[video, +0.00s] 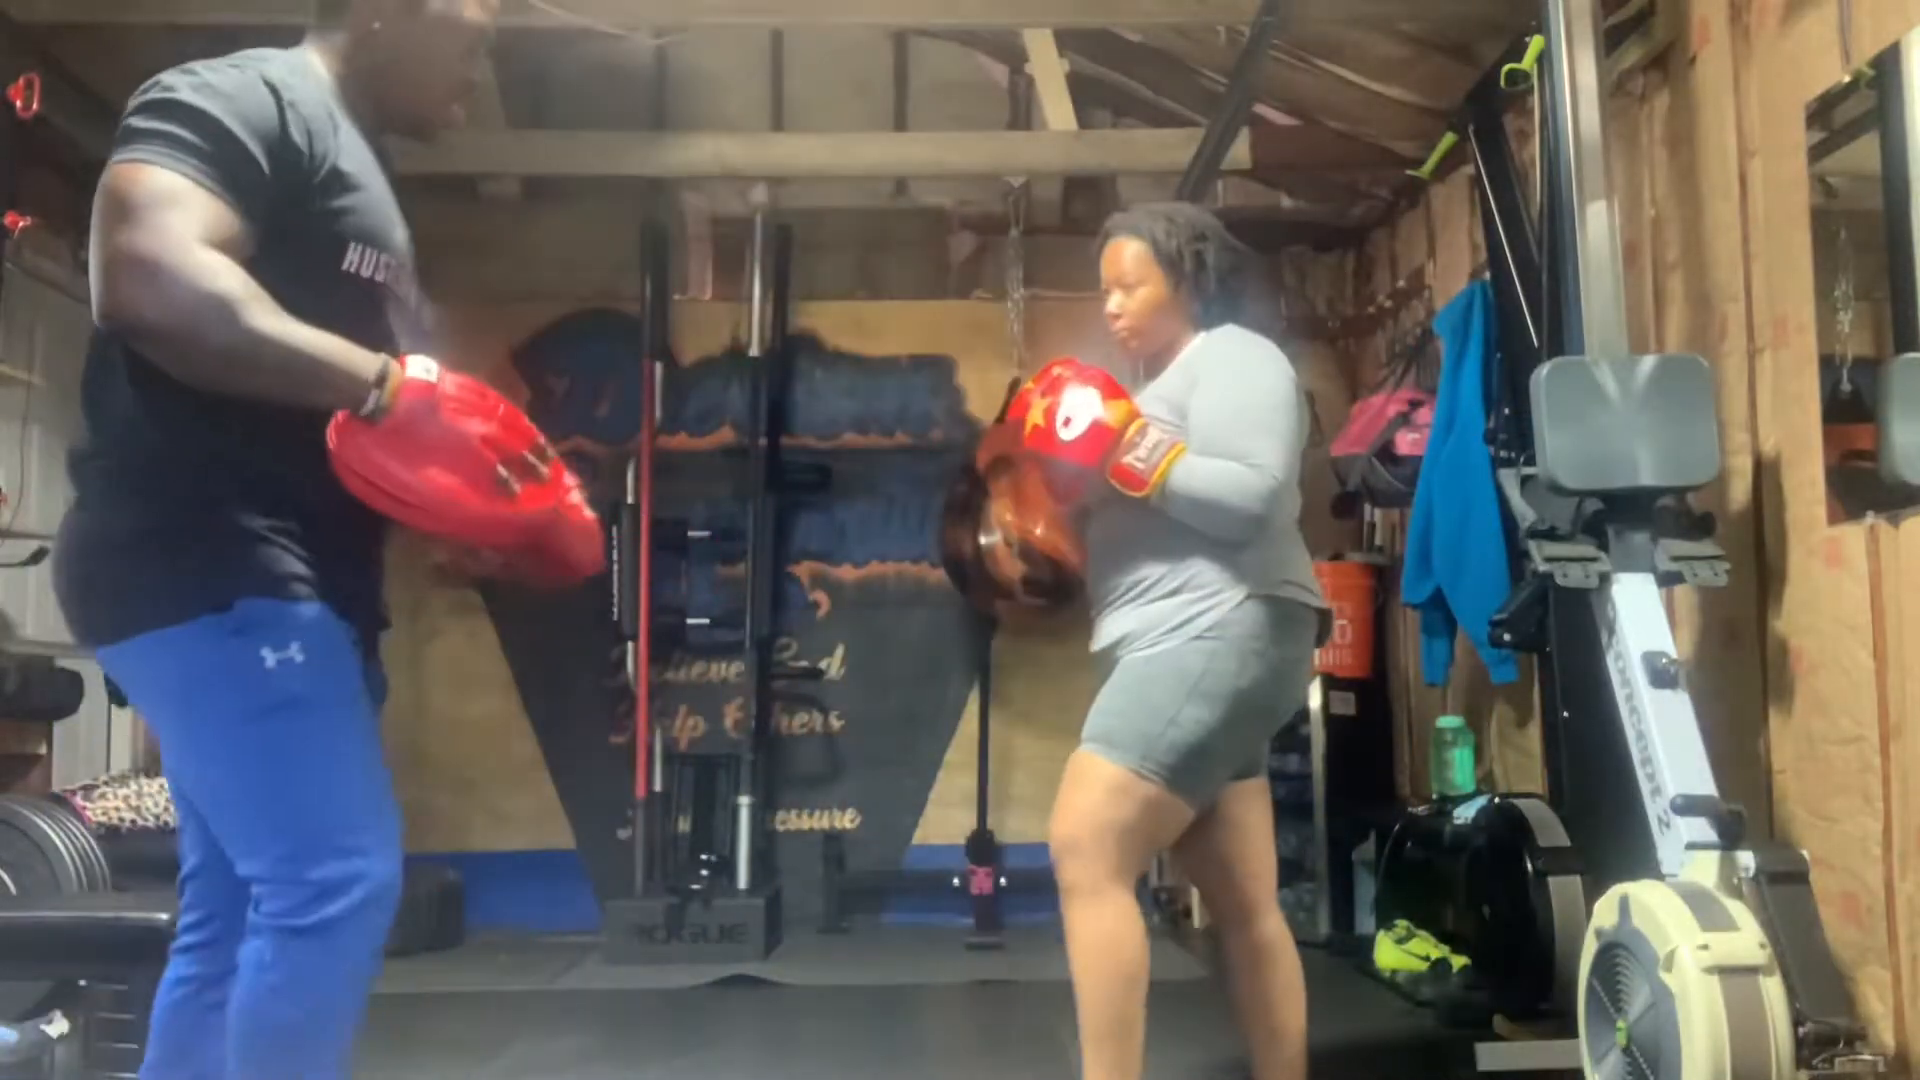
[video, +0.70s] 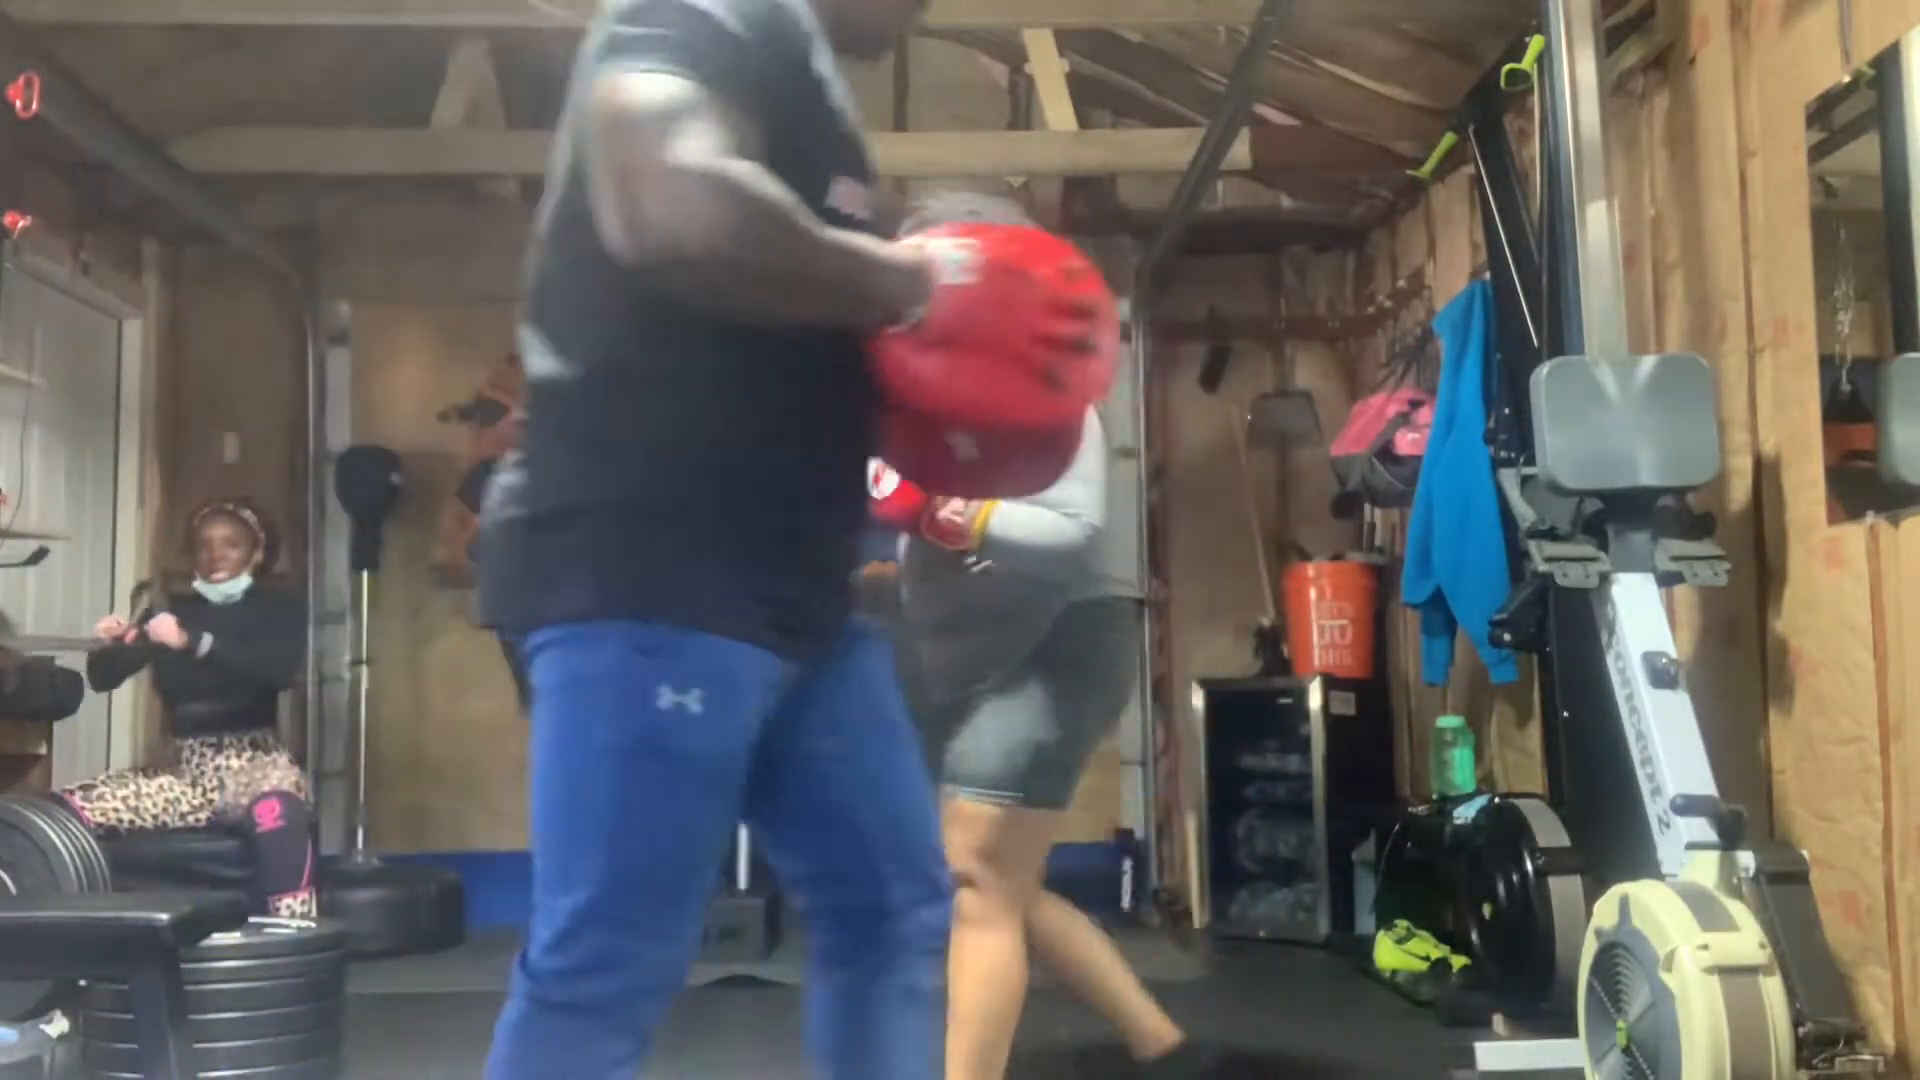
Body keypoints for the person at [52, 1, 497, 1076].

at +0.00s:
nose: (474, 81)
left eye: (483, 53)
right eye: (475, 41)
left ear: (404, 17)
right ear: (406, 9)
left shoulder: (356, 182)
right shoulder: (235, 93)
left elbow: (389, 393)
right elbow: (150, 277)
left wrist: (484, 494)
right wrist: (383, 388)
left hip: (282, 567)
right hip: (201, 561)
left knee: (228, 911)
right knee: (330, 880)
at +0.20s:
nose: (569, 75)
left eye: (580, 49)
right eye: (564, 34)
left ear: (474, 19)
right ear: (466, 7)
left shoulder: (491, 208)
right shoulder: (300, 96)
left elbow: (488, 423)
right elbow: (167, 278)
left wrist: (589, 513)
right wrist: (410, 384)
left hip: (383, 600)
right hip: (272, 586)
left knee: (260, 949)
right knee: (398, 909)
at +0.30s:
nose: (638, 54)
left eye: (644, 34)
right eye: (627, 19)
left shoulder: (564, 223)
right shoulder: (350, 91)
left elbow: (576, 429)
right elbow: (212, 281)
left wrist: (667, 532)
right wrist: (463, 386)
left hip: (460, 617)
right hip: (338, 597)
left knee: (314, 960)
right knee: (459, 926)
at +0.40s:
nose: (695, 40)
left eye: (702, 20)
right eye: (687, 9)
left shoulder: (630, 199)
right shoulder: (421, 63)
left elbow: (640, 406)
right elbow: (290, 259)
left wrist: (726, 527)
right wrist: (548, 366)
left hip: (542, 605)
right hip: (408, 593)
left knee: (460, 938)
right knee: (526, 941)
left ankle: (301, 1079)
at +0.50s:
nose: (756, 31)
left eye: (763, 19)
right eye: (750, 8)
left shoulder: (675, 159)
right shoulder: (496, 30)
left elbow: (711, 377)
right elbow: (404, 227)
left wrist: (813, 508)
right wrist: (666, 341)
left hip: (635, 595)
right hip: (484, 588)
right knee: (559, 958)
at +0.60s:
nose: (837, 12)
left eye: (841, 4)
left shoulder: (742, 118)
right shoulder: (575, 19)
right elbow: (543, 212)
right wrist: (791, 308)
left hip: (722, 583)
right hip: (569, 578)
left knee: (792, 895)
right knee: (581, 968)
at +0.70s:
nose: (918, 6)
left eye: (919, 10)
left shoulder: (820, 99)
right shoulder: (684, 20)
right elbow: (669, 210)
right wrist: (913, 281)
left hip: (798, 591)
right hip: (648, 582)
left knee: (892, 914)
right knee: (605, 971)